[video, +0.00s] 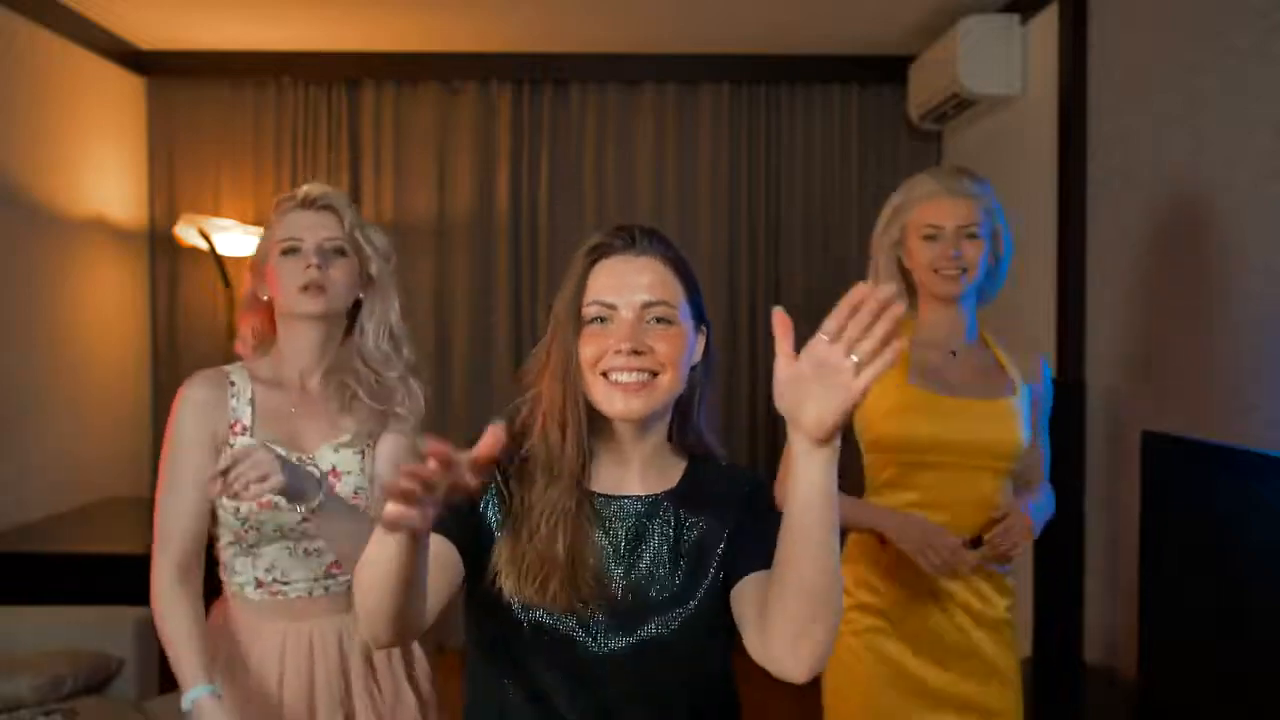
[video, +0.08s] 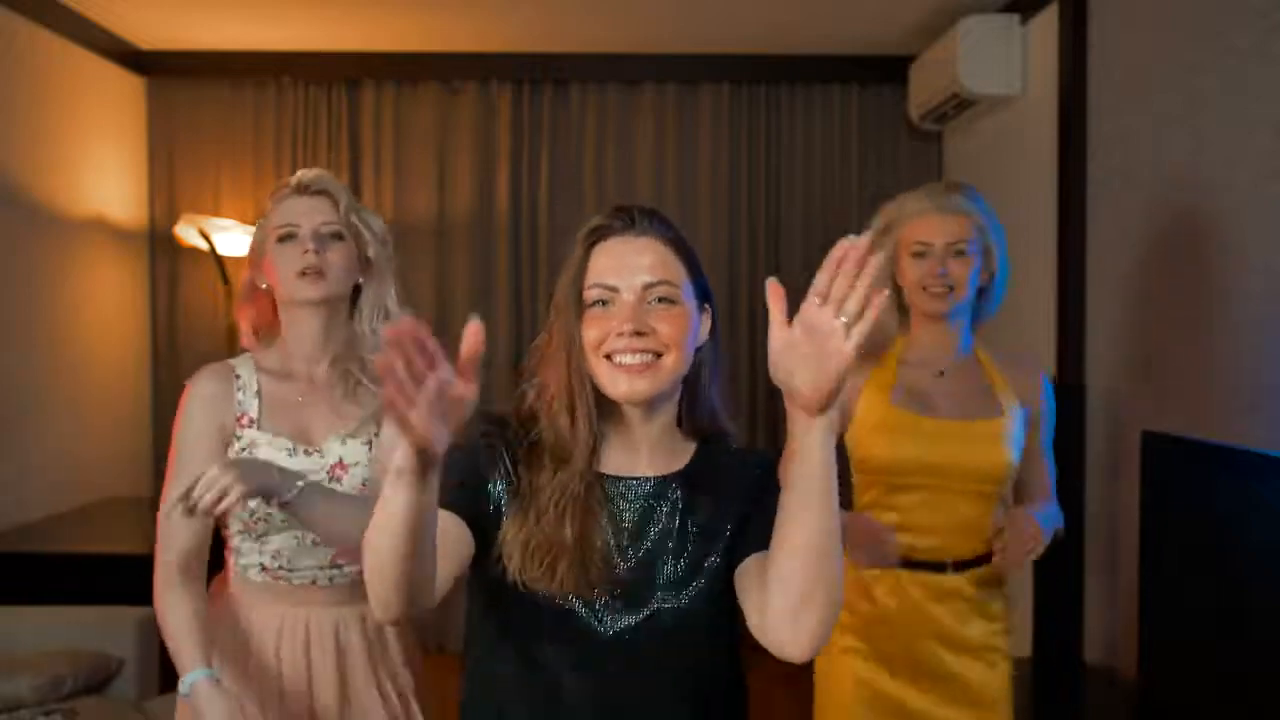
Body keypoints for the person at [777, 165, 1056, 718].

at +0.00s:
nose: (952, 252)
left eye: (970, 235)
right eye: (931, 235)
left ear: (992, 249)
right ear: (900, 248)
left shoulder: (1025, 371)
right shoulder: (864, 351)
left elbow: (1037, 486)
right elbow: (792, 484)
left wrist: (1026, 517)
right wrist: (890, 522)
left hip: (981, 629)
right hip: (878, 627)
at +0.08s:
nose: (939, 270)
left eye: (959, 252)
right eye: (919, 253)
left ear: (985, 266)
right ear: (893, 268)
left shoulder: (1023, 387)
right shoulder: (853, 378)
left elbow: (1044, 504)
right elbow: (791, 488)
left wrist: (1035, 524)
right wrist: (838, 526)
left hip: (971, 640)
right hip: (866, 635)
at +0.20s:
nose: (924, 324)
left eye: (944, 308)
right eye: (906, 308)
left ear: (973, 326)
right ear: (885, 322)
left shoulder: (1012, 446)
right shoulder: (843, 433)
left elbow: (1041, 557)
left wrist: (1046, 571)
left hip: (958, 682)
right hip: (851, 677)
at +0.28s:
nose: (920, 314)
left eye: (942, 298)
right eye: (903, 297)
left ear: (970, 317)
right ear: (882, 311)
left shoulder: (1009, 434)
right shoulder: (842, 419)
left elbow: (1033, 541)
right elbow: (808, 541)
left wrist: (1032, 571)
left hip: (959, 672)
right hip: (852, 666)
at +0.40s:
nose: (927, 258)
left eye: (948, 242)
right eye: (909, 241)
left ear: (976, 259)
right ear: (885, 256)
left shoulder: (1016, 384)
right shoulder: (833, 368)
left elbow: (1034, 528)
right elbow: (797, 493)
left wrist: (995, 500)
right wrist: (735, 553)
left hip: (972, 632)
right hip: (861, 631)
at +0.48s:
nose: (930, 248)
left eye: (950, 232)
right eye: (911, 231)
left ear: (978, 249)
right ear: (885, 246)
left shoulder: (1020, 372)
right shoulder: (836, 361)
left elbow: (1039, 512)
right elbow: (780, 486)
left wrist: (979, 490)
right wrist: (758, 558)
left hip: (976, 615)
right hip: (868, 610)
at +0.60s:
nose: (928, 297)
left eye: (951, 281)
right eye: (911, 280)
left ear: (982, 299)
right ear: (887, 295)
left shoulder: (1027, 421)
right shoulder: (841, 415)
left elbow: (1063, 566)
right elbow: (767, 532)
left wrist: (979, 551)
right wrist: (805, 595)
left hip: (980, 676)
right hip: (867, 675)